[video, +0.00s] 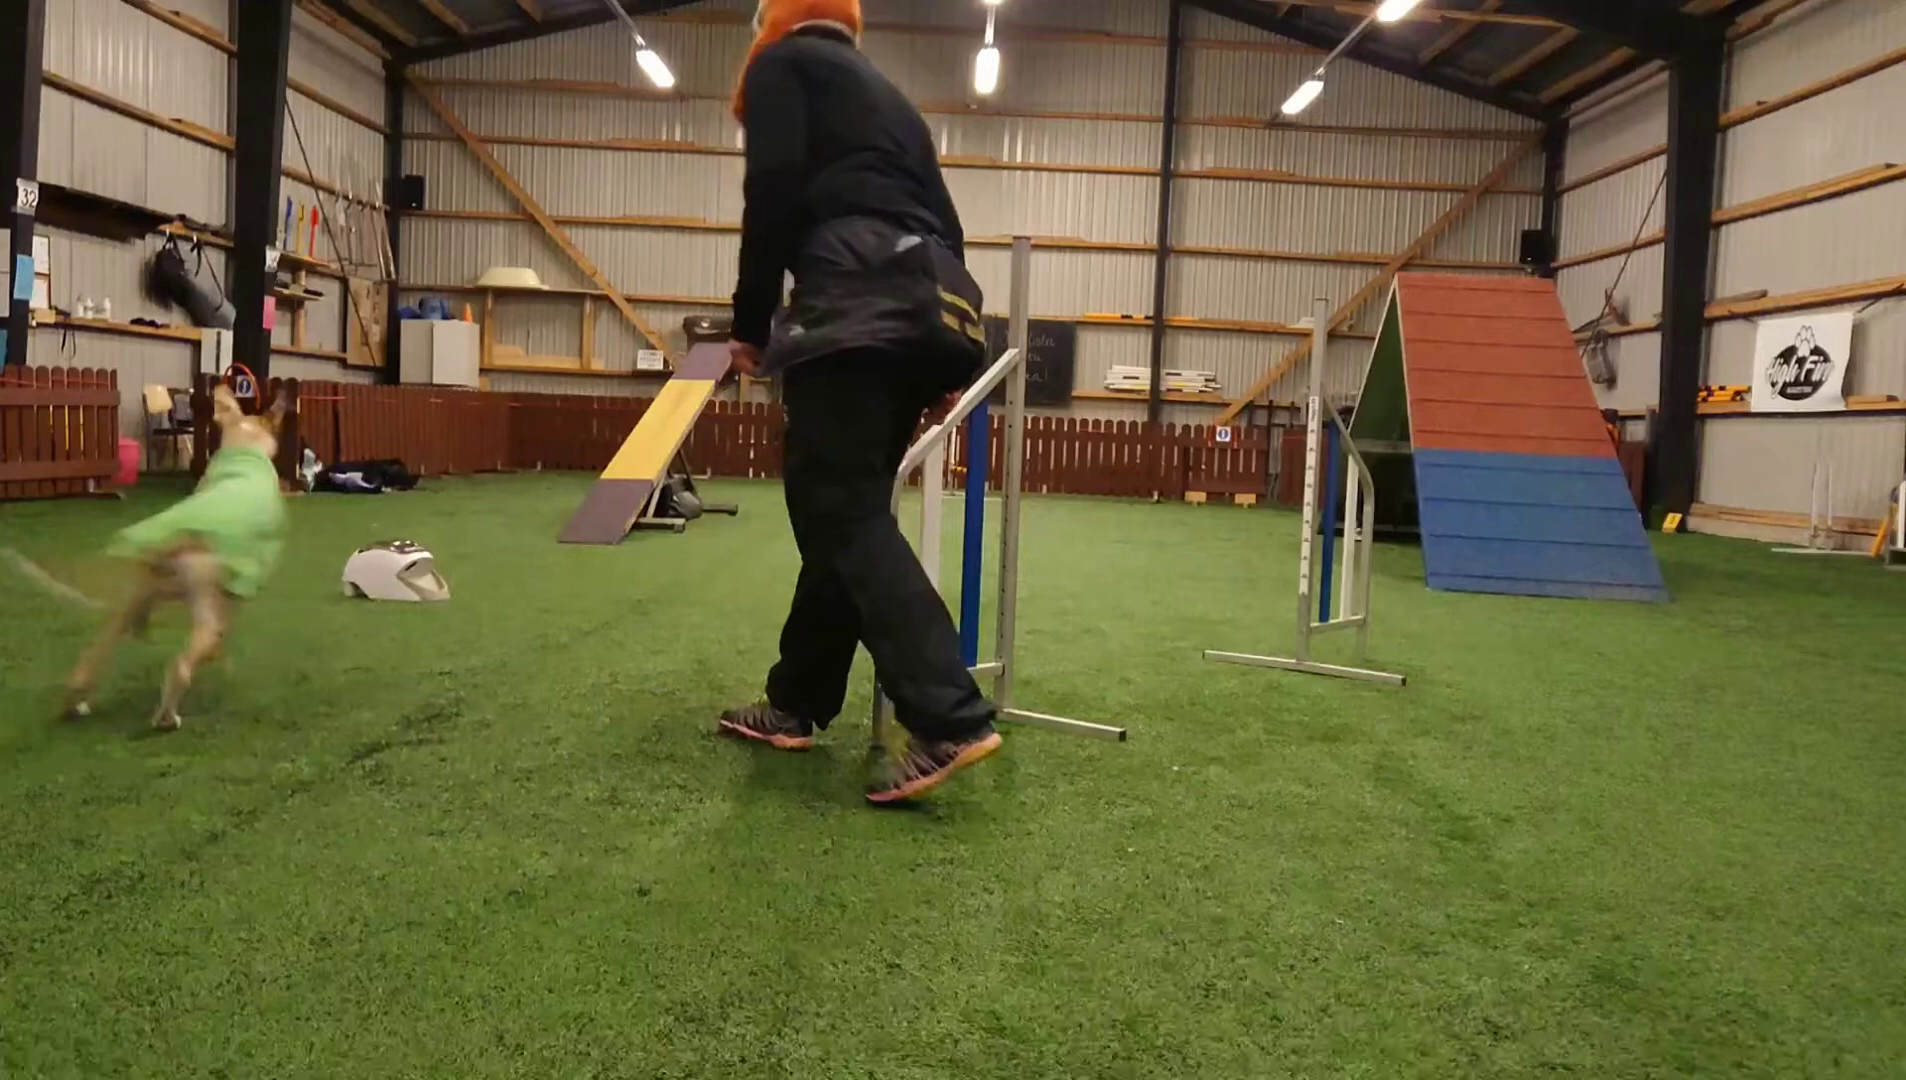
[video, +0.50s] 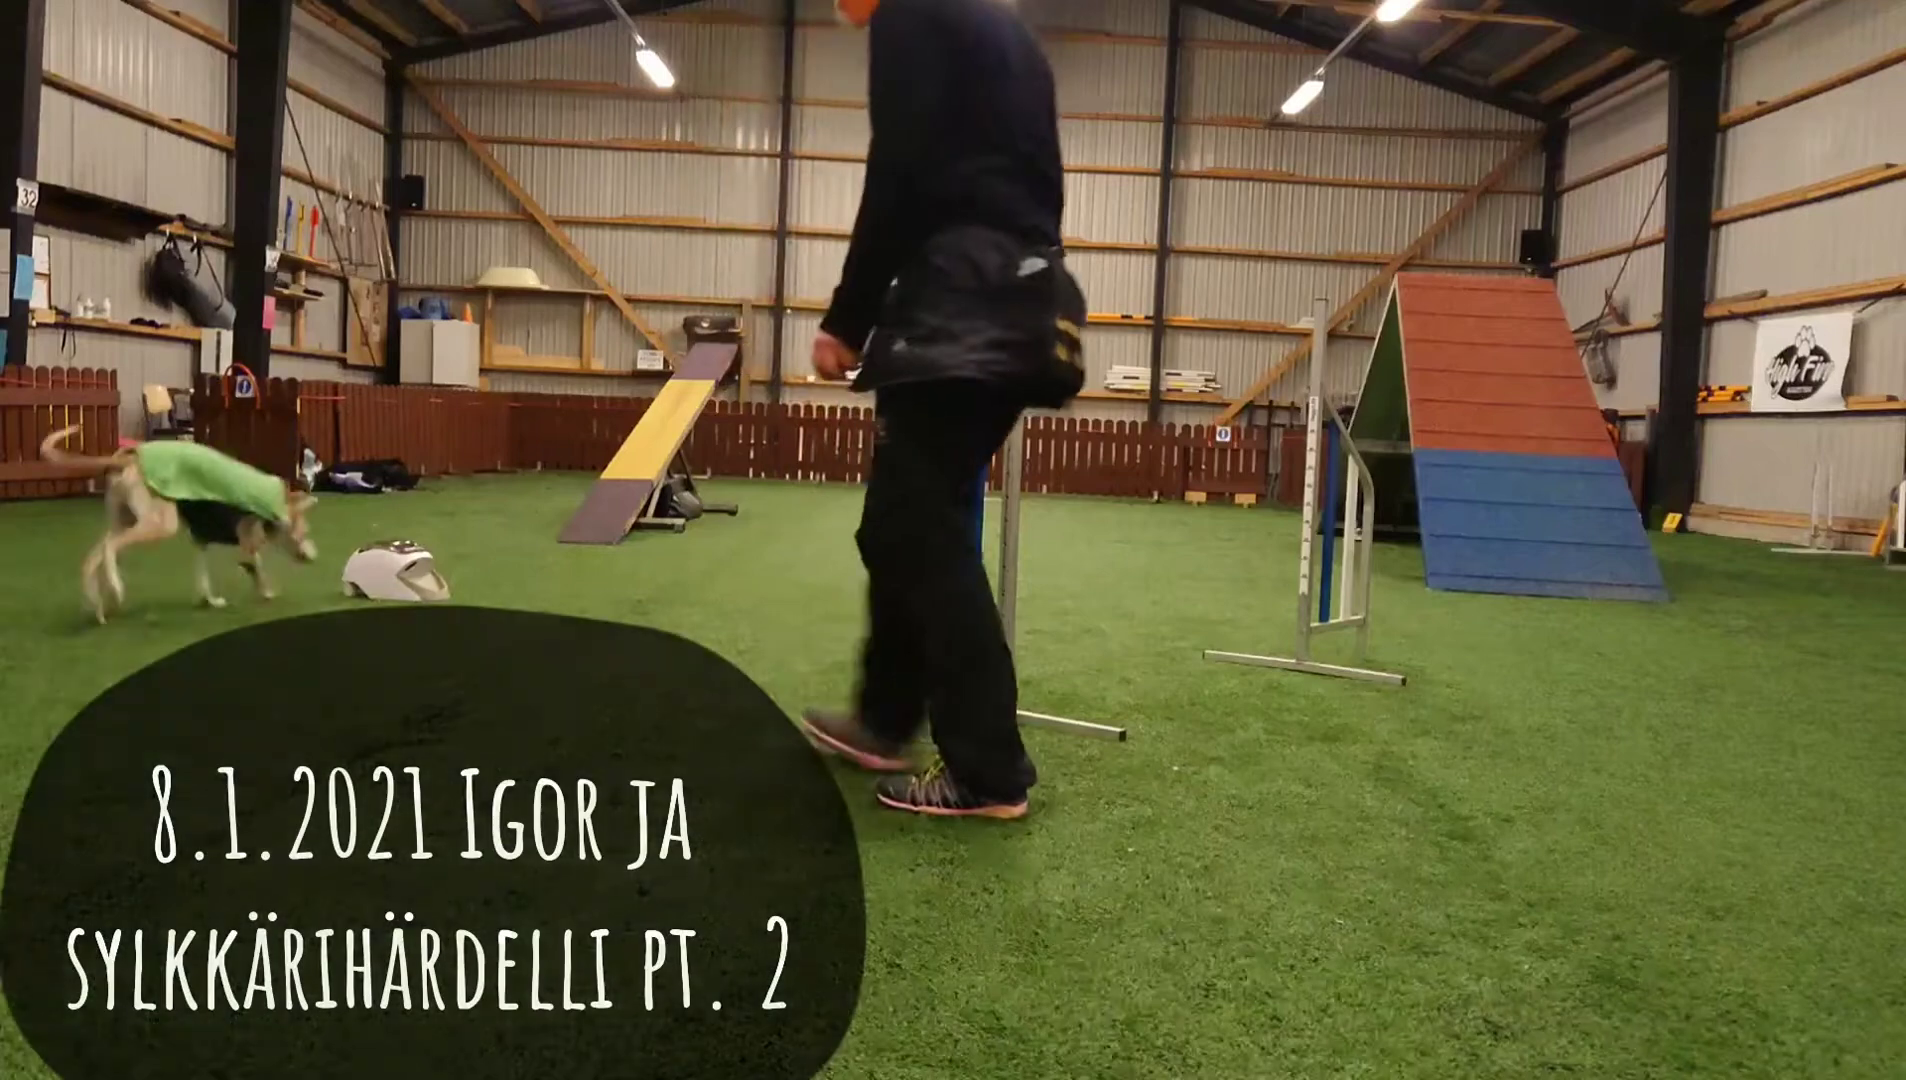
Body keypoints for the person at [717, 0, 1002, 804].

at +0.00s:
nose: (744, 103)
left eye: (755, 50)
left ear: (776, 26)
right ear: (844, 31)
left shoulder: (779, 65)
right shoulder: (894, 102)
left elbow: (774, 190)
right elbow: (943, 228)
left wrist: (748, 327)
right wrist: (951, 360)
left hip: (850, 309)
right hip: (935, 318)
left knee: (842, 514)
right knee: (843, 514)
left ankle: (952, 722)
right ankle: (796, 708)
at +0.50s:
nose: (847, 7)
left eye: (850, 2)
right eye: (849, 5)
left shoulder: (909, 19)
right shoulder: (1013, 35)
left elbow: (900, 175)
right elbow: (1036, 195)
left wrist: (845, 319)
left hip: (947, 318)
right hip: (1013, 321)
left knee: (927, 542)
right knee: (898, 528)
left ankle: (991, 777)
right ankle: (883, 725)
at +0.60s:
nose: (871, 1)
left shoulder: (929, 12)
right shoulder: (1029, 26)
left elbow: (919, 166)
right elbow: (1054, 186)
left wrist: (862, 313)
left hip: (976, 317)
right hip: (1037, 316)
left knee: (927, 528)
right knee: (940, 525)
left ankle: (988, 775)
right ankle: (984, 756)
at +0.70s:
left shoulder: (954, 13)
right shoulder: (1042, 24)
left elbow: (946, 163)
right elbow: (1054, 183)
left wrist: (888, 310)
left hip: (987, 324)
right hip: (1058, 321)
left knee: (942, 535)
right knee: (975, 521)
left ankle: (987, 779)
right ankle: (1074, 730)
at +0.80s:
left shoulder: (974, 15)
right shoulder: (1058, 23)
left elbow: (972, 166)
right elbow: (1065, 179)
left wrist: (937, 308)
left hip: (997, 329)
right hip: (1067, 324)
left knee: (959, 545)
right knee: (1041, 541)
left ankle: (986, 774)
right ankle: (1097, 767)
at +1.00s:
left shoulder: (1008, 13)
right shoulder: (1100, 27)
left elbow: (1025, 145)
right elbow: (1101, 164)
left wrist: (1024, 305)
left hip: (1034, 334)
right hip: (1118, 331)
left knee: (978, 552)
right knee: (1096, 553)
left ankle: (990, 774)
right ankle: (1104, 775)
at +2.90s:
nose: (1013, 46)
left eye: (1017, 36)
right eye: (1019, 40)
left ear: (1040, 30)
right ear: (1115, 36)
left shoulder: (1031, 69)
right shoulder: (1162, 90)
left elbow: (1017, 193)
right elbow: (1198, 224)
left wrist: (971, 350)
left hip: (1112, 322)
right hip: (1240, 327)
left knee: (1020, 556)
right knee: (1245, 582)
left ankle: (937, 757)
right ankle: (1269, 821)